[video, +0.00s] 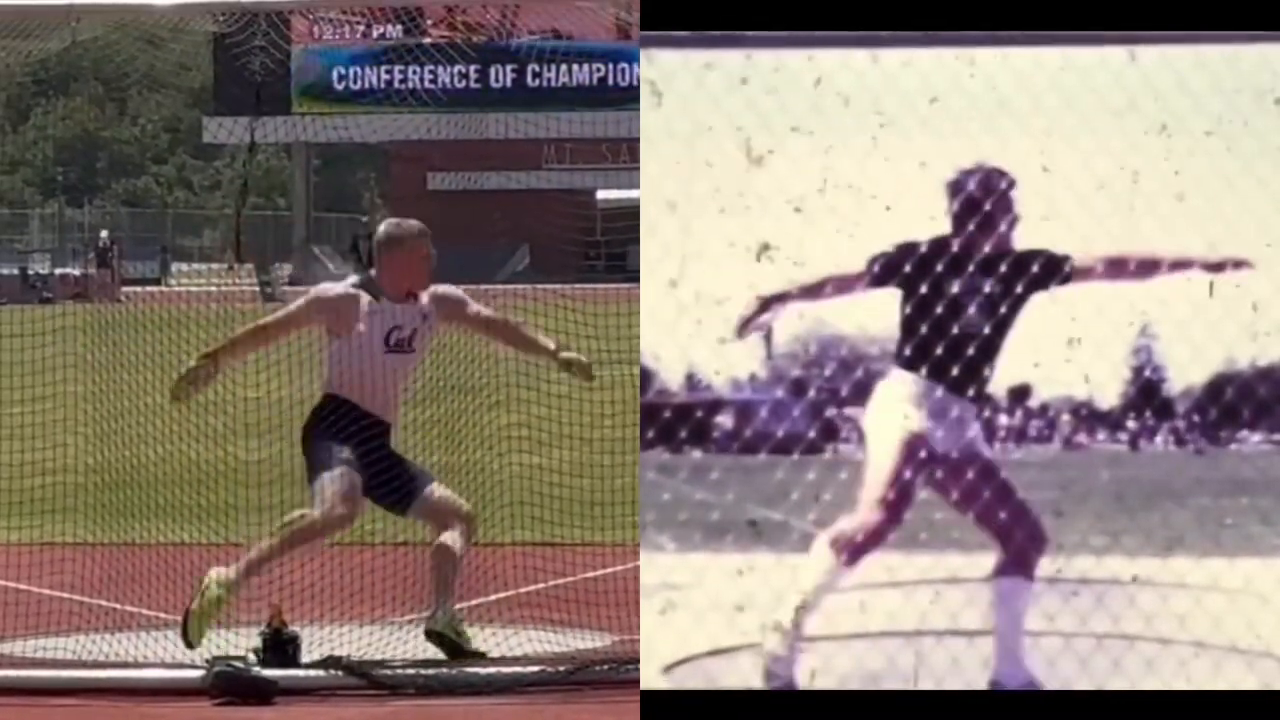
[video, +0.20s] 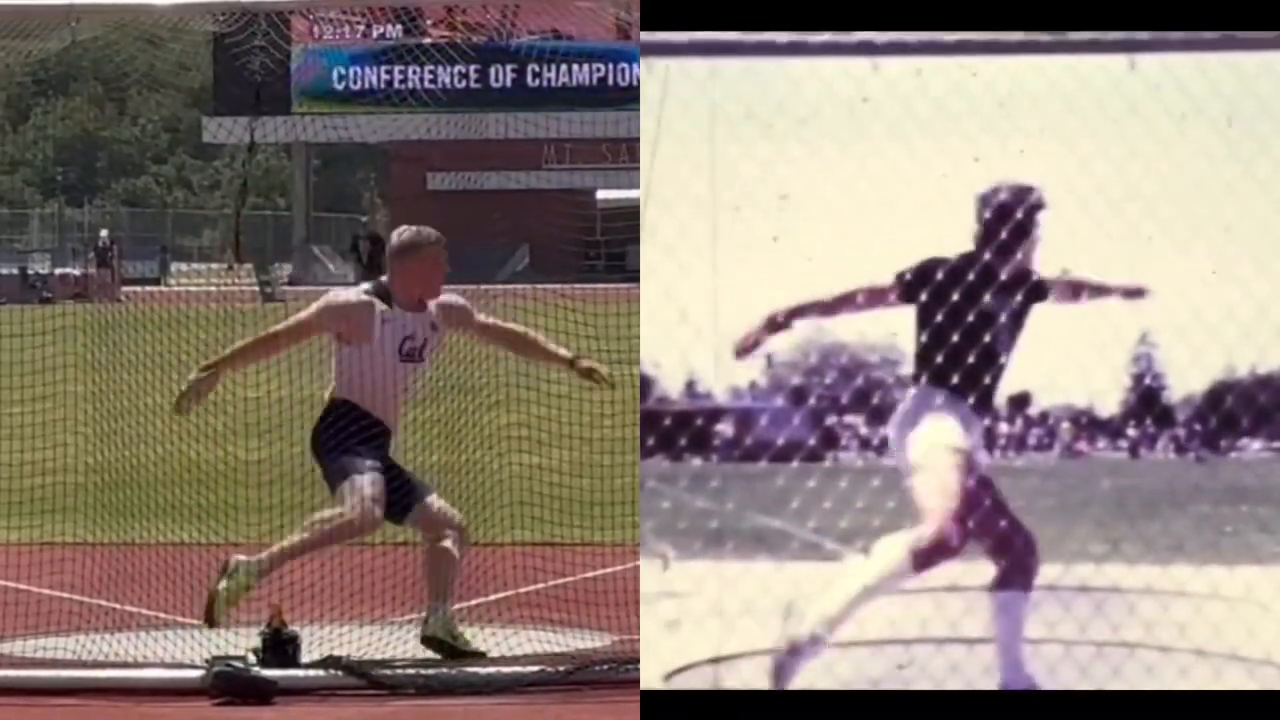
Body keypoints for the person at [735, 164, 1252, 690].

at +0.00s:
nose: (1014, 221)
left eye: (1013, 211)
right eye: (1004, 212)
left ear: (995, 217)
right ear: (974, 216)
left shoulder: (1024, 268)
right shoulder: (923, 260)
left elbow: (1115, 268)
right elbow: (842, 284)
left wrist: (1197, 264)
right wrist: (774, 300)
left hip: (957, 428)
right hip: (902, 407)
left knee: (1024, 540)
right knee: (874, 523)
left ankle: (1008, 671)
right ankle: (784, 630)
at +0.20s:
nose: (1036, 238)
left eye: (1035, 227)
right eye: (1030, 227)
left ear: (1004, 231)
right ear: (1009, 230)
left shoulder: (1022, 284)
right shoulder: (946, 274)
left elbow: (1070, 289)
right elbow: (863, 299)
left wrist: (1120, 292)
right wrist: (783, 319)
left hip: (960, 433)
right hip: (934, 417)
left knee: (1019, 553)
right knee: (943, 533)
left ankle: (1014, 676)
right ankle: (812, 628)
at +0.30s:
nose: (1038, 237)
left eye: (1038, 226)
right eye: (1035, 226)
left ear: (996, 225)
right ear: (1018, 228)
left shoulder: (1017, 282)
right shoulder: (956, 270)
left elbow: (1050, 289)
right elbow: (871, 294)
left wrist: (1083, 293)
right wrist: (791, 315)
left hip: (941, 415)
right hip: (944, 408)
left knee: (1013, 549)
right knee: (954, 529)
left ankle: (1013, 670)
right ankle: (846, 622)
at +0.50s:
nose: (1038, 251)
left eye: (1040, 239)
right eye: (1037, 239)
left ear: (995, 231)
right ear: (1022, 239)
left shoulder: (977, 281)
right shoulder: (989, 273)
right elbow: (928, 304)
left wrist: (872, 339)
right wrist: (871, 329)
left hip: (911, 420)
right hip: (953, 406)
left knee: (981, 558)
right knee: (1014, 531)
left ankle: (1013, 668)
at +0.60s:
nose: (1034, 251)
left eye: (1036, 239)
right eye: (1032, 239)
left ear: (993, 228)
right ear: (1018, 235)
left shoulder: (982, 282)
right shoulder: (988, 272)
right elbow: (938, 302)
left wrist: (896, 346)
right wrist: (894, 340)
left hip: (909, 422)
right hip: (948, 402)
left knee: (981, 549)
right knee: (1032, 514)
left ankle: (1012, 668)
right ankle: (1108, 641)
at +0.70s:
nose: (1025, 253)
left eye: (1027, 241)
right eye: (1025, 241)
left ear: (978, 230)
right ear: (1013, 240)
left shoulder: (935, 280)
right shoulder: (1003, 277)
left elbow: (879, 315)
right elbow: (976, 299)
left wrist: (845, 350)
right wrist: (960, 335)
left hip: (902, 415)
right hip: (954, 399)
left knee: (978, 549)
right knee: (1065, 505)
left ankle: (1011, 670)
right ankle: (1154, 630)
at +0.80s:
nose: (1010, 256)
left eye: (1008, 248)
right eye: (1009, 247)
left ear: (963, 237)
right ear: (1000, 243)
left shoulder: (918, 284)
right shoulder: (999, 277)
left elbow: (847, 321)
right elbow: (1020, 310)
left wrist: (806, 371)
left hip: (905, 420)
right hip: (965, 401)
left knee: (976, 550)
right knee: (1078, 497)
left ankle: (1012, 670)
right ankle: (1156, 607)